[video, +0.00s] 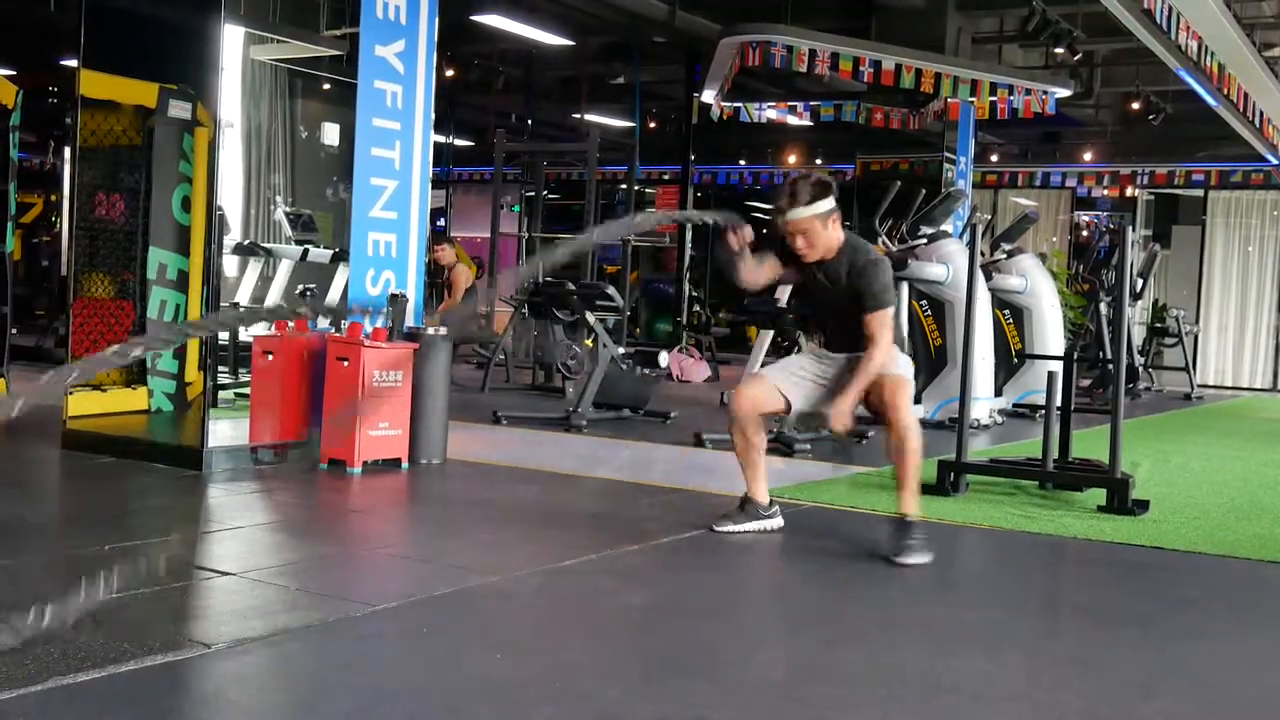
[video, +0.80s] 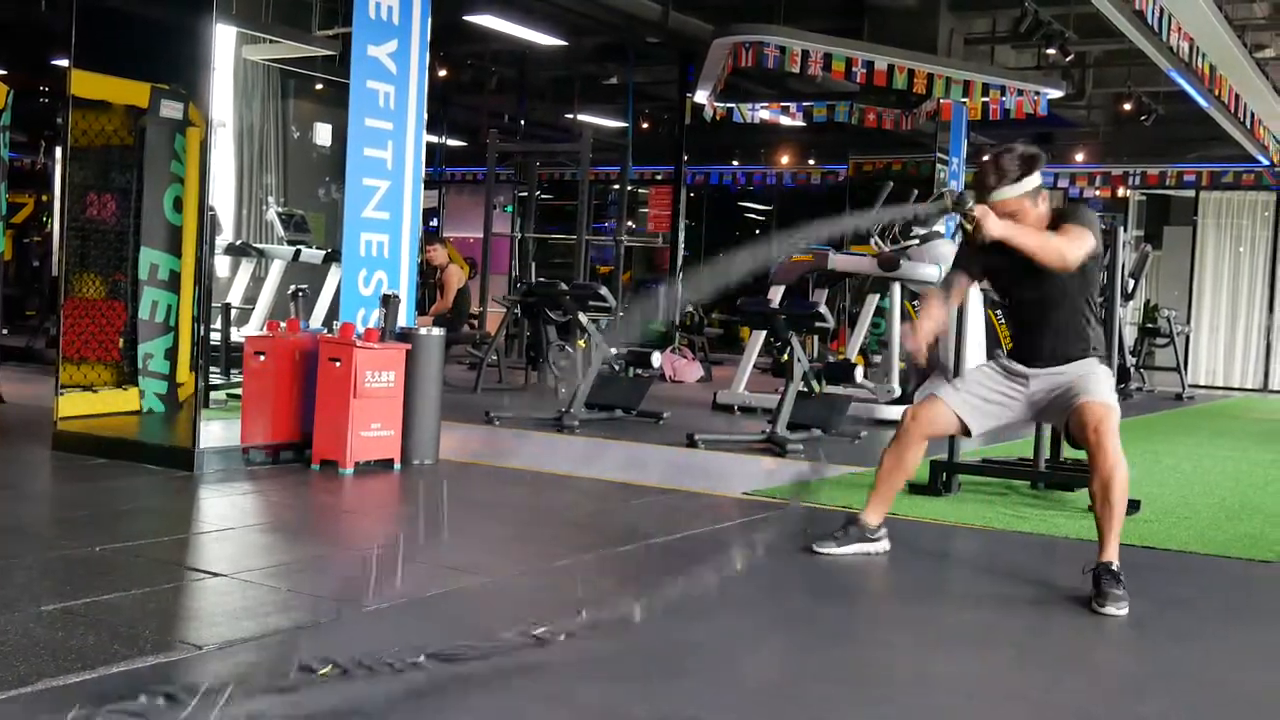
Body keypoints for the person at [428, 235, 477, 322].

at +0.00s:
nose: (439, 255)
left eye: (443, 250)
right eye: (436, 251)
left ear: (453, 250)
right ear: (433, 255)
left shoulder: (459, 270)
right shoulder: (448, 271)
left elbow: (455, 301)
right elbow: (447, 300)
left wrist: (437, 315)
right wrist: (436, 317)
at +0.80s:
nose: (431, 255)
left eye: (435, 250)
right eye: (428, 252)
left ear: (445, 251)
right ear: (425, 255)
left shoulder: (451, 270)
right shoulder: (440, 272)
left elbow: (447, 304)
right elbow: (439, 301)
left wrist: (429, 317)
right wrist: (429, 317)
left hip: (454, 322)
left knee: (412, 321)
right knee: (412, 319)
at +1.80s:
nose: (414, 255)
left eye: (418, 251)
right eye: (411, 252)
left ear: (429, 251)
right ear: (409, 255)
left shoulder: (436, 272)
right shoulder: (424, 274)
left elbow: (431, 305)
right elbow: (424, 303)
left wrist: (413, 319)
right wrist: (413, 320)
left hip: (437, 325)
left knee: (397, 323)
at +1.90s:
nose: (415, 256)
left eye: (419, 251)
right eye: (412, 253)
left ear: (430, 251)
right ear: (410, 256)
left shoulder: (438, 272)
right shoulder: (425, 274)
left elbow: (433, 306)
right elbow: (424, 302)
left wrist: (414, 319)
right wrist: (414, 320)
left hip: (438, 325)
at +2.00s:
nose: (415, 257)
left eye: (419, 252)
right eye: (413, 254)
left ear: (431, 252)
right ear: (410, 257)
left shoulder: (438, 274)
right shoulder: (426, 275)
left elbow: (432, 307)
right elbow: (424, 302)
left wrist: (415, 320)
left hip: (438, 325)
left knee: (396, 324)